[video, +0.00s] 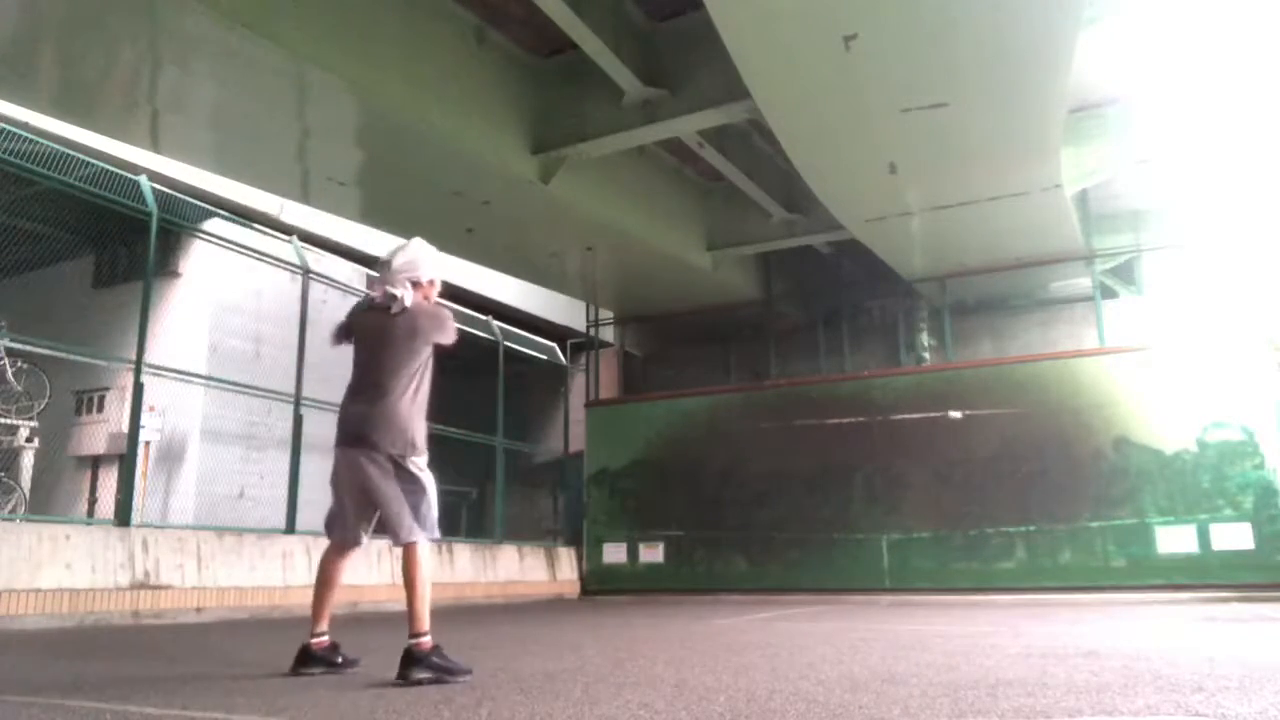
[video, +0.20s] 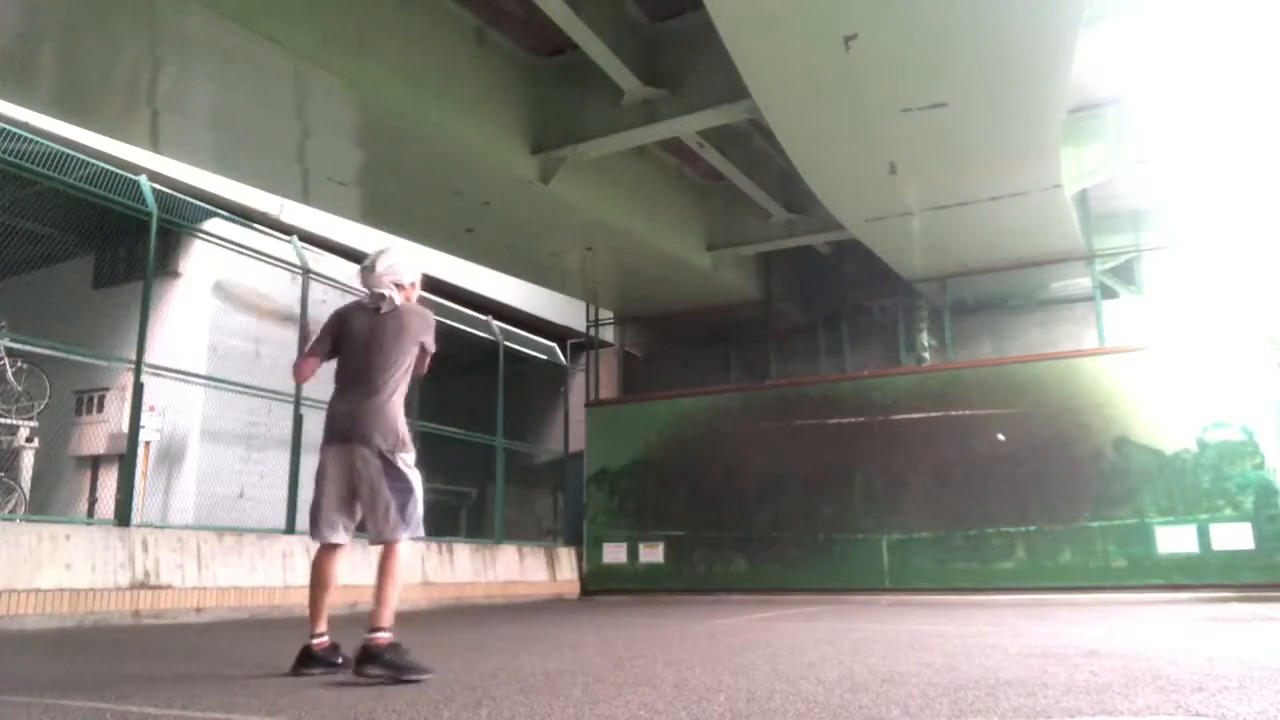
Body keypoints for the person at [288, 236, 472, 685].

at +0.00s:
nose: (437, 293)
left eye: (436, 285)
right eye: (435, 285)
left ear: (395, 280)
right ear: (421, 285)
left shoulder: (364, 316)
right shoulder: (425, 318)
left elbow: (340, 334)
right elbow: (451, 333)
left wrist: (373, 300)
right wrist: (419, 300)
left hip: (351, 442)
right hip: (394, 445)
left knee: (342, 541)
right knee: (415, 540)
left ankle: (316, 643)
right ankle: (421, 649)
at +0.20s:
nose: (419, 291)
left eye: (417, 284)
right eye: (417, 285)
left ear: (373, 282)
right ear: (404, 285)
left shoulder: (346, 315)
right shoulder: (419, 317)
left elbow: (302, 372)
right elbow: (422, 366)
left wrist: (315, 343)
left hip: (339, 435)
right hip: (385, 437)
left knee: (331, 541)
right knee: (393, 540)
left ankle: (317, 644)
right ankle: (379, 645)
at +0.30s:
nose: (411, 291)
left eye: (408, 284)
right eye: (408, 284)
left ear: (363, 283)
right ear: (397, 286)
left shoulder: (338, 316)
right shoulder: (415, 320)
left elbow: (314, 367)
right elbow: (420, 388)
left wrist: (292, 375)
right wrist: (387, 378)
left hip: (335, 436)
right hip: (381, 438)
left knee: (329, 540)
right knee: (385, 539)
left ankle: (316, 642)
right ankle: (346, 634)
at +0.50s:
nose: (408, 291)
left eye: (405, 285)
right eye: (406, 285)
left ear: (361, 284)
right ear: (394, 286)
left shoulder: (338, 323)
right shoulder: (405, 318)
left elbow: (319, 393)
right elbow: (406, 394)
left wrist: (341, 432)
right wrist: (395, 446)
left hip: (327, 444)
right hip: (369, 446)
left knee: (341, 543)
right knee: (359, 546)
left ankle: (316, 642)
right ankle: (317, 642)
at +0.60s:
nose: (409, 290)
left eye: (407, 282)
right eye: (407, 282)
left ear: (367, 280)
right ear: (394, 281)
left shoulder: (349, 315)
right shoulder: (393, 312)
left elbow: (352, 388)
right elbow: (399, 384)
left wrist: (397, 440)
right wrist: (415, 442)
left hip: (335, 440)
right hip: (363, 443)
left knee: (351, 544)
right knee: (354, 545)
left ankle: (329, 639)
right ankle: (314, 645)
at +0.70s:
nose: (413, 286)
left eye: (412, 278)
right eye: (410, 278)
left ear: (377, 277)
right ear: (396, 278)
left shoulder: (372, 309)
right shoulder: (384, 308)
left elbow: (401, 385)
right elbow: (400, 378)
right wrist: (447, 424)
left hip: (363, 446)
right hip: (354, 446)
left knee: (382, 537)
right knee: (346, 540)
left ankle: (355, 636)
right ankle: (309, 647)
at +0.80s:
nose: (421, 286)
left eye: (420, 278)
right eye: (417, 278)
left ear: (392, 279)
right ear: (401, 278)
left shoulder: (395, 320)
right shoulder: (378, 306)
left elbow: (438, 366)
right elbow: (403, 374)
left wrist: (497, 363)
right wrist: (471, 387)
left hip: (384, 455)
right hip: (355, 453)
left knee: (401, 540)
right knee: (338, 544)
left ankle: (381, 641)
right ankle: (309, 647)